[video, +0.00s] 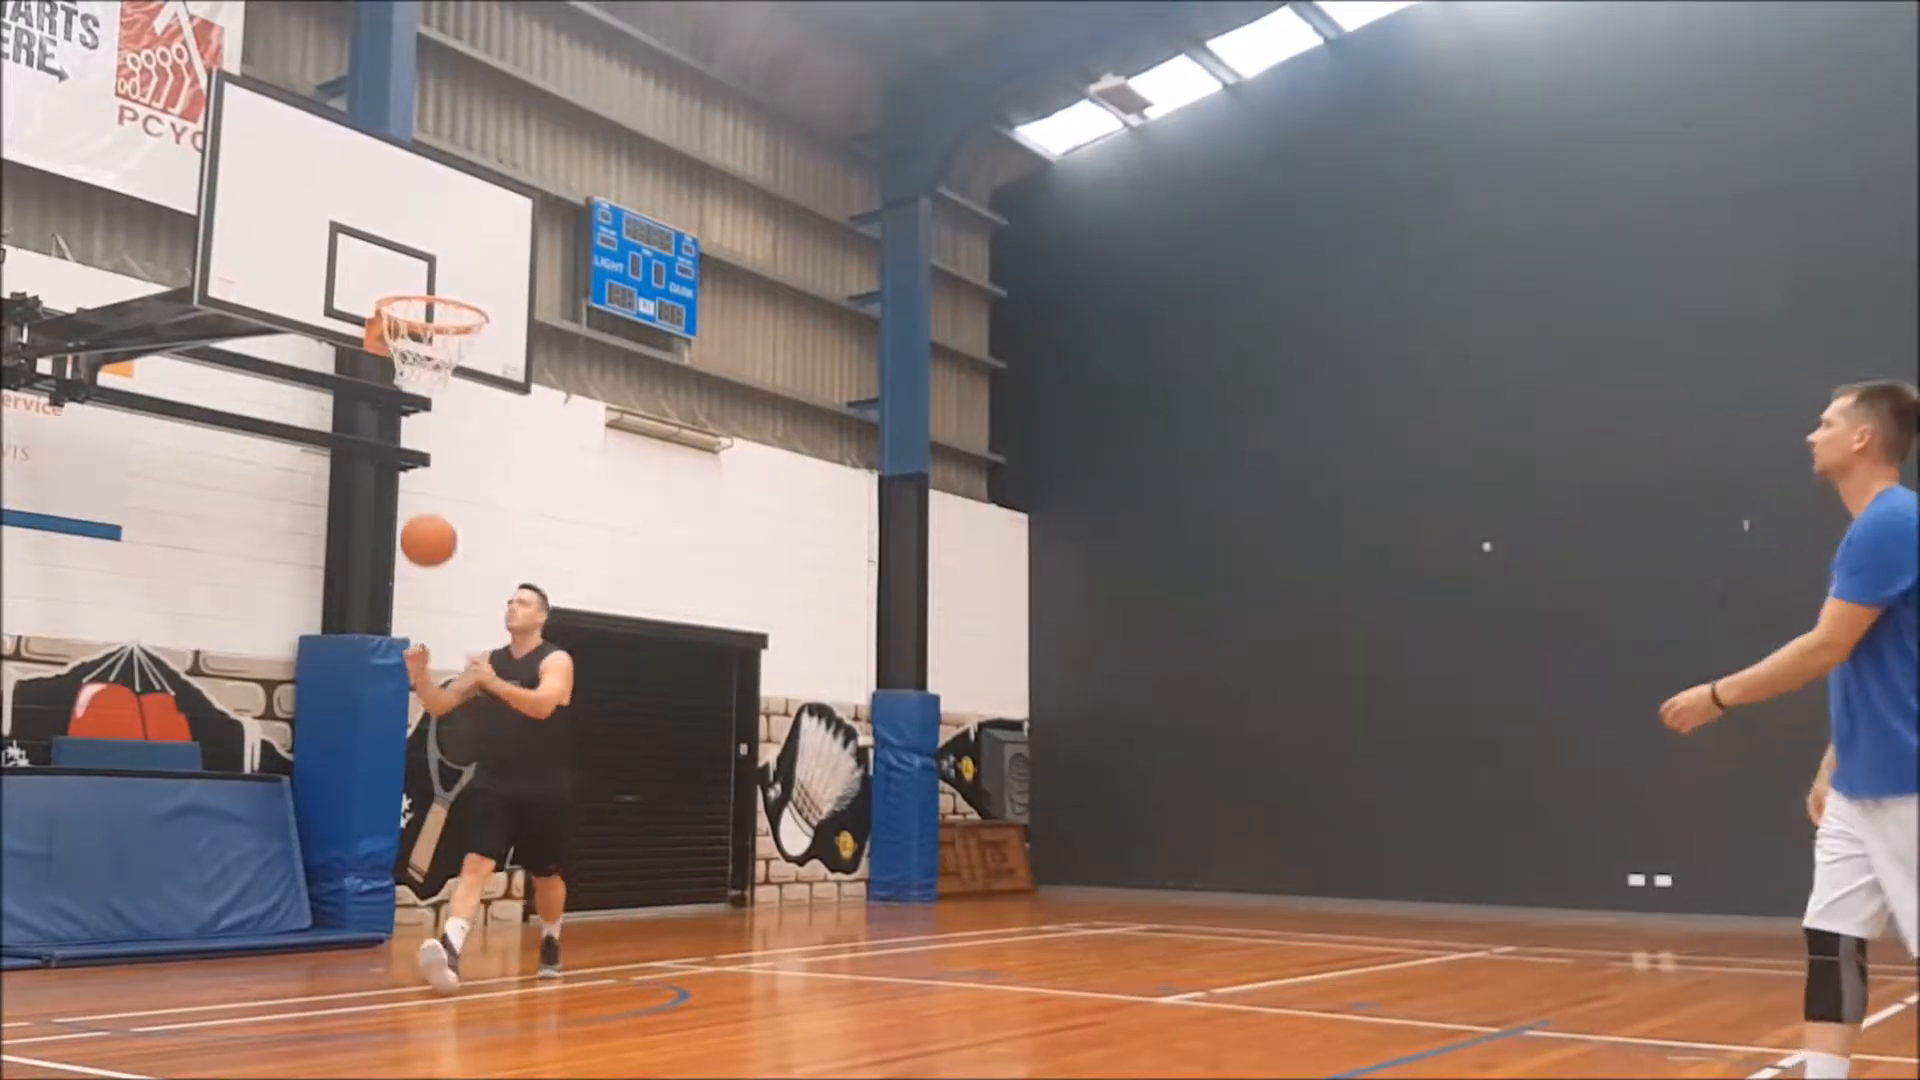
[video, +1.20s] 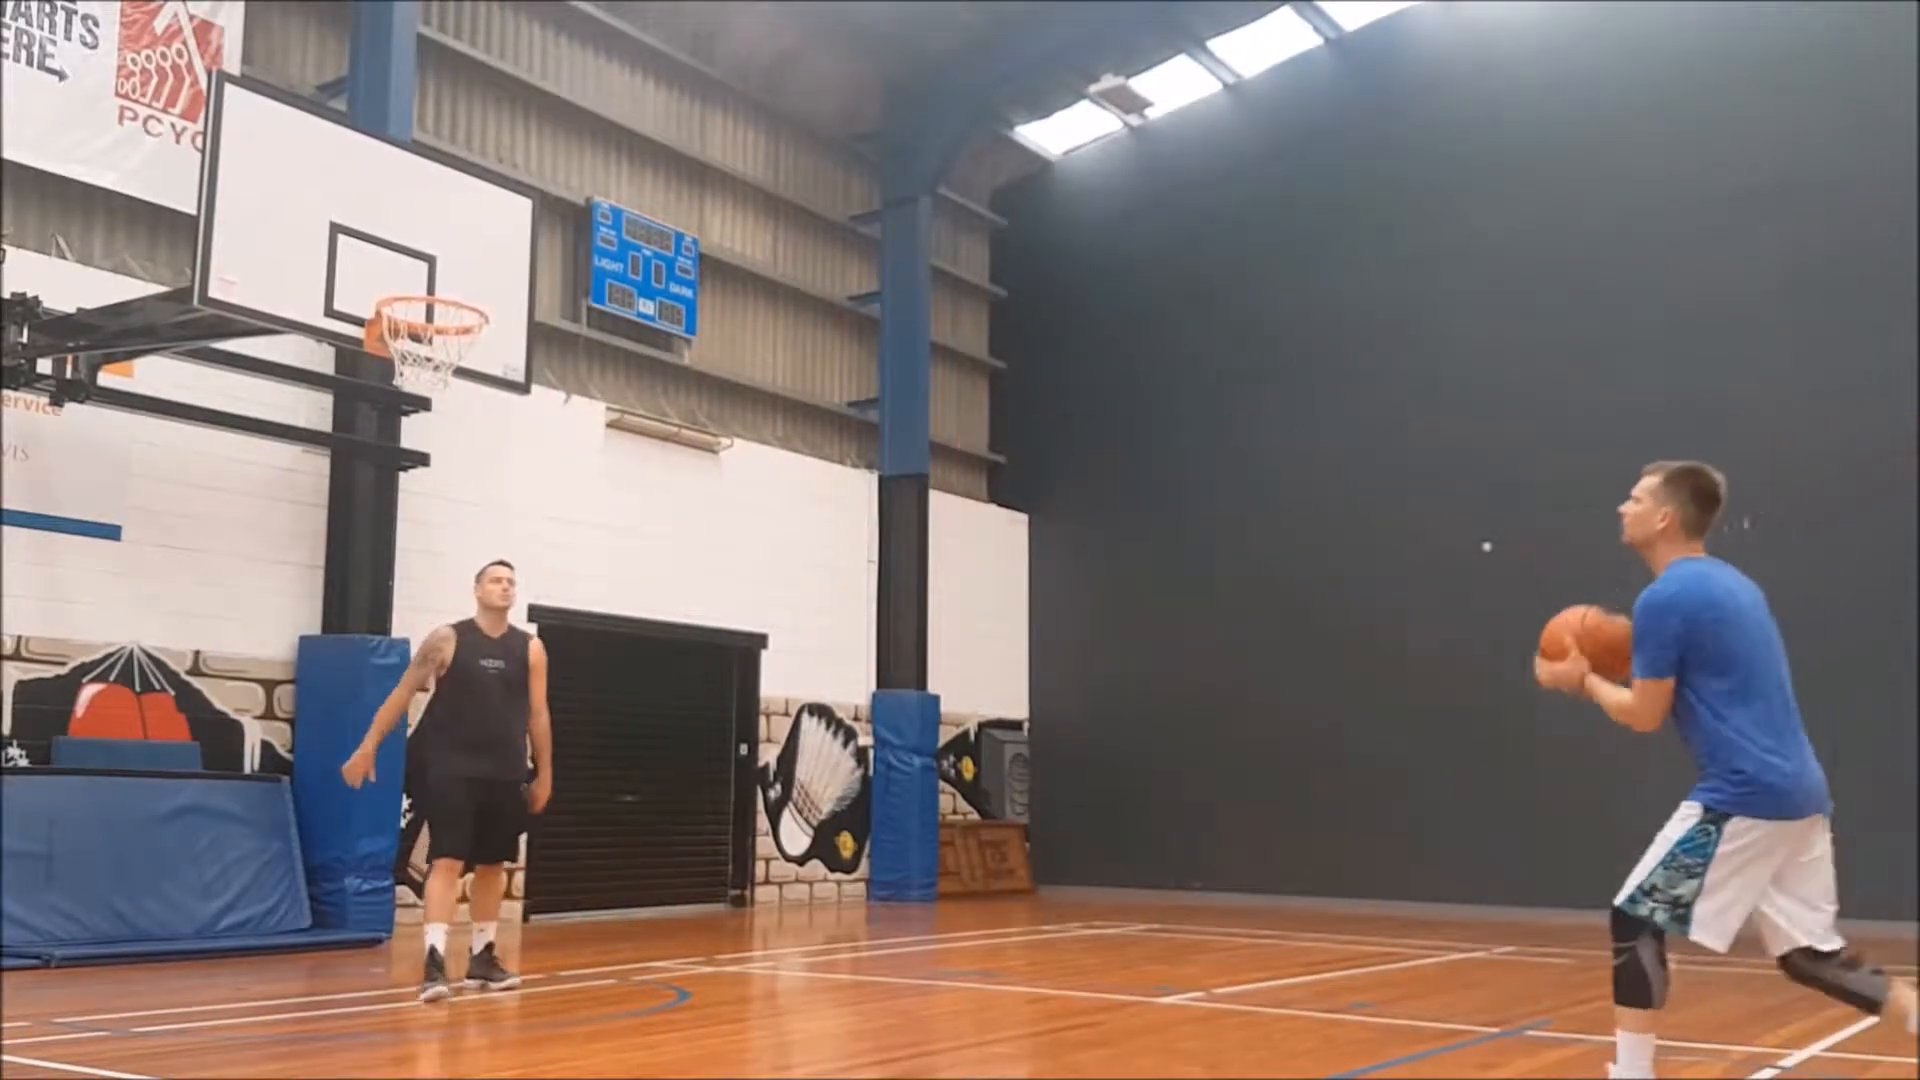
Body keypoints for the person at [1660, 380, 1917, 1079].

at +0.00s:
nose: (1812, 437)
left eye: (1825, 424)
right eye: (1818, 425)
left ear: (1864, 438)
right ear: (1866, 440)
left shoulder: (1891, 521)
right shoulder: (1873, 525)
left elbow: (1831, 645)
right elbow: (1877, 670)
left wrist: (1716, 694)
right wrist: (1834, 764)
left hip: (1905, 788)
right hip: (1857, 788)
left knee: (1919, 949)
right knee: (1833, 936)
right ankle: (1824, 1074)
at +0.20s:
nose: (1847, 440)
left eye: (1861, 428)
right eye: (1854, 427)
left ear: (1900, 444)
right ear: (1897, 445)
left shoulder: (1911, 542)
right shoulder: (1907, 537)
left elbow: (1914, 671)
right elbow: (1910, 668)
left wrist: (1831, 735)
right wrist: (1838, 733)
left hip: (1915, 786)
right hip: (1910, 783)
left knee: (1877, 918)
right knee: (1880, 919)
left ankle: (1876, 1068)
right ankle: (1877, 1066)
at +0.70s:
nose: (1835, 467)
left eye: (1847, 455)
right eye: (1841, 454)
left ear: (1885, 465)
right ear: (1888, 467)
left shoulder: (1888, 546)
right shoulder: (1904, 541)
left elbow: (1846, 663)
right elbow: (1865, 662)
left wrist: (1744, 663)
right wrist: (1780, 649)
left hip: (1910, 784)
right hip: (1907, 781)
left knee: (1883, 934)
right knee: (1886, 933)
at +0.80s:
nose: (1813, 464)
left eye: (1824, 451)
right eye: (1819, 451)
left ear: (1860, 462)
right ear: (1871, 465)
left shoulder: (1860, 539)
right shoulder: (1902, 536)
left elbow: (1769, 634)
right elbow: (1816, 628)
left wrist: (1690, 591)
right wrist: (1734, 577)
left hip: (1894, 769)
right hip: (1907, 767)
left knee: (1818, 908)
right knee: (1897, 927)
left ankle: (1918, 1030)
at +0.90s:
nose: (1780, 462)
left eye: (1791, 450)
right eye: (1784, 450)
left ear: (1825, 460)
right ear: (1838, 464)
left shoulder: (1824, 533)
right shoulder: (1879, 535)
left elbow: (1712, 605)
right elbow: (1755, 593)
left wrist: (1641, 552)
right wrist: (1685, 533)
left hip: (1871, 759)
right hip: (1904, 757)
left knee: (1771, 896)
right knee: (1913, 904)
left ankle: (1818, 1062)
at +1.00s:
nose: (1736, 475)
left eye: (1747, 463)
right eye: (1741, 463)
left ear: (1782, 475)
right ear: (1797, 479)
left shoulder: (1779, 549)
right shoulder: (1830, 543)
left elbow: (1667, 611)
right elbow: (1711, 597)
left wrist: (1602, 553)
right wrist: (1635, 543)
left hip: (1838, 770)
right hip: (1893, 765)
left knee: (1743, 911)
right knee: (1914, 917)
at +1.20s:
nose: (1621, 509)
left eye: (1634, 501)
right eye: (1628, 498)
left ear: (1666, 518)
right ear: (1685, 523)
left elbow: (1644, 714)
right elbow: (1705, 683)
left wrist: (1581, 678)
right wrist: (1621, 649)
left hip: (1742, 792)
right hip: (1800, 790)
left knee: (1636, 918)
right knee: (1804, 951)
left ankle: (1631, 1069)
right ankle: (1915, 1014)